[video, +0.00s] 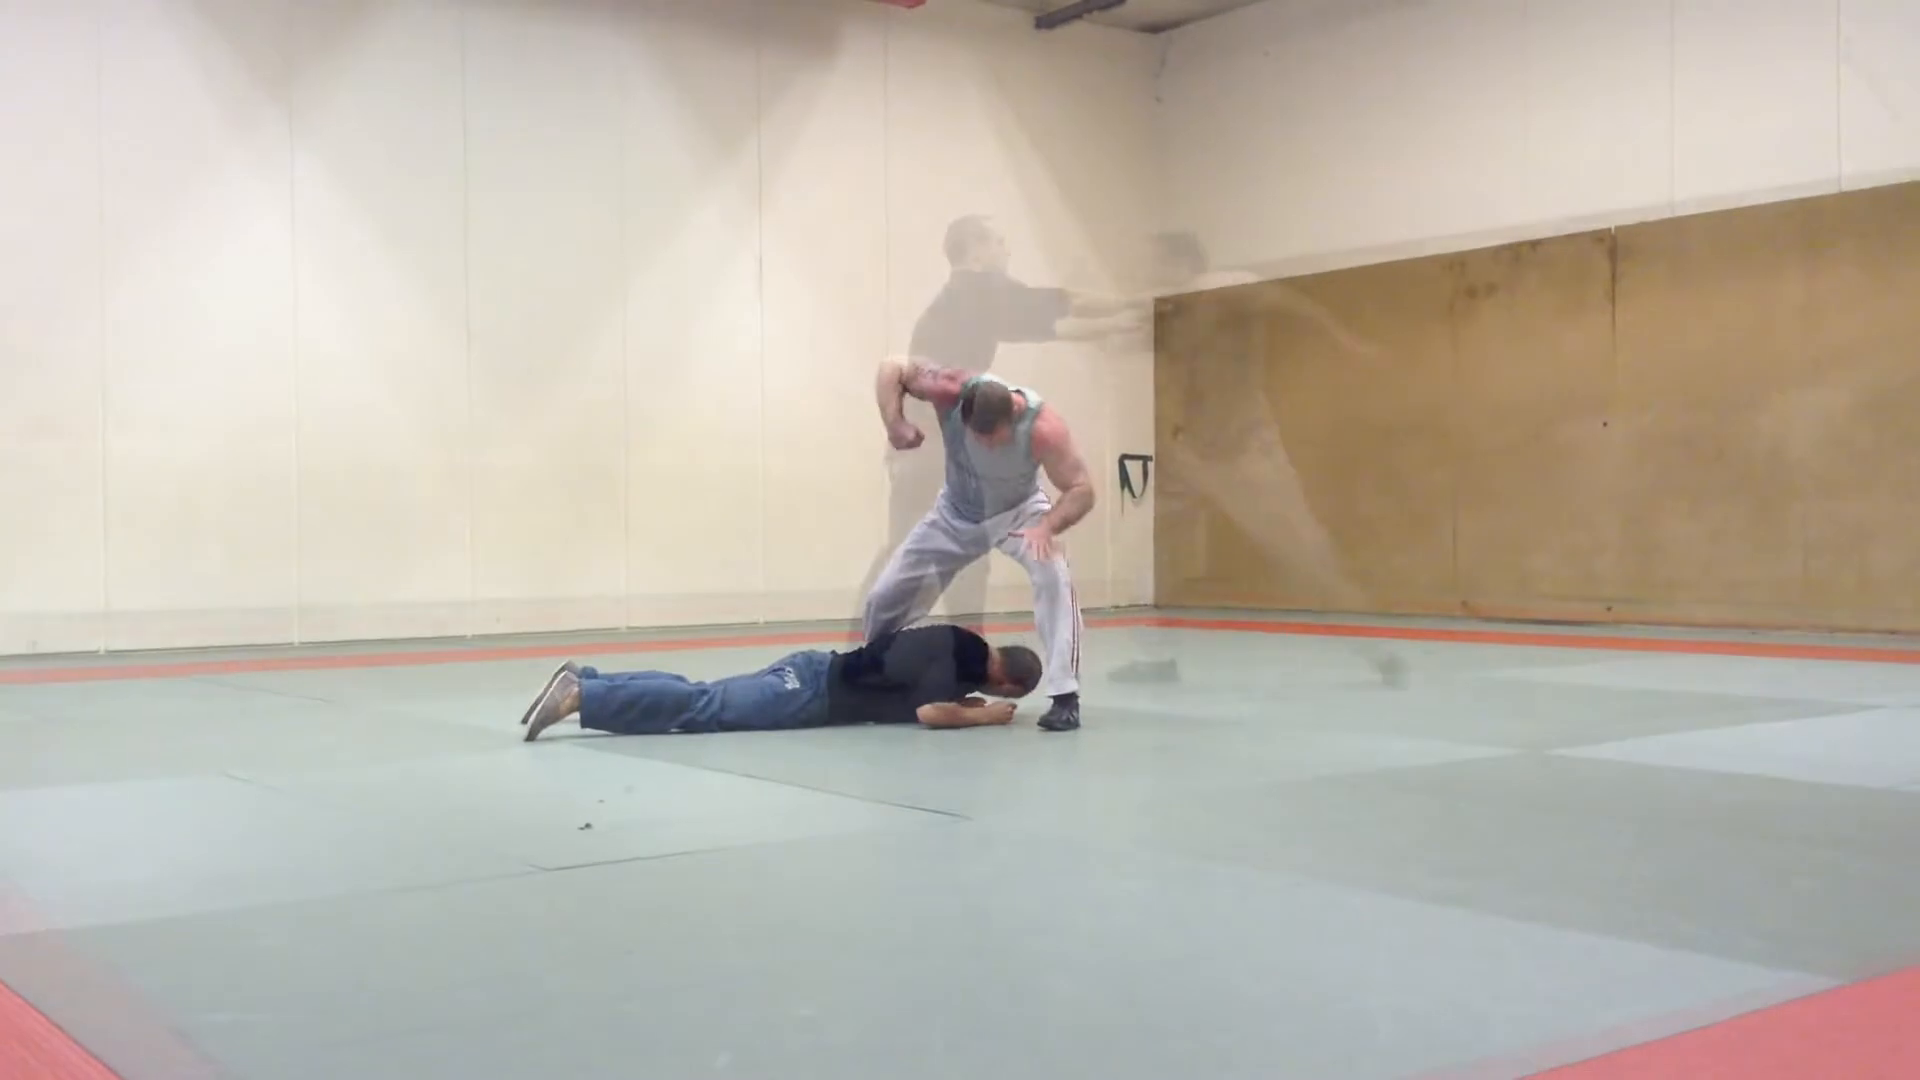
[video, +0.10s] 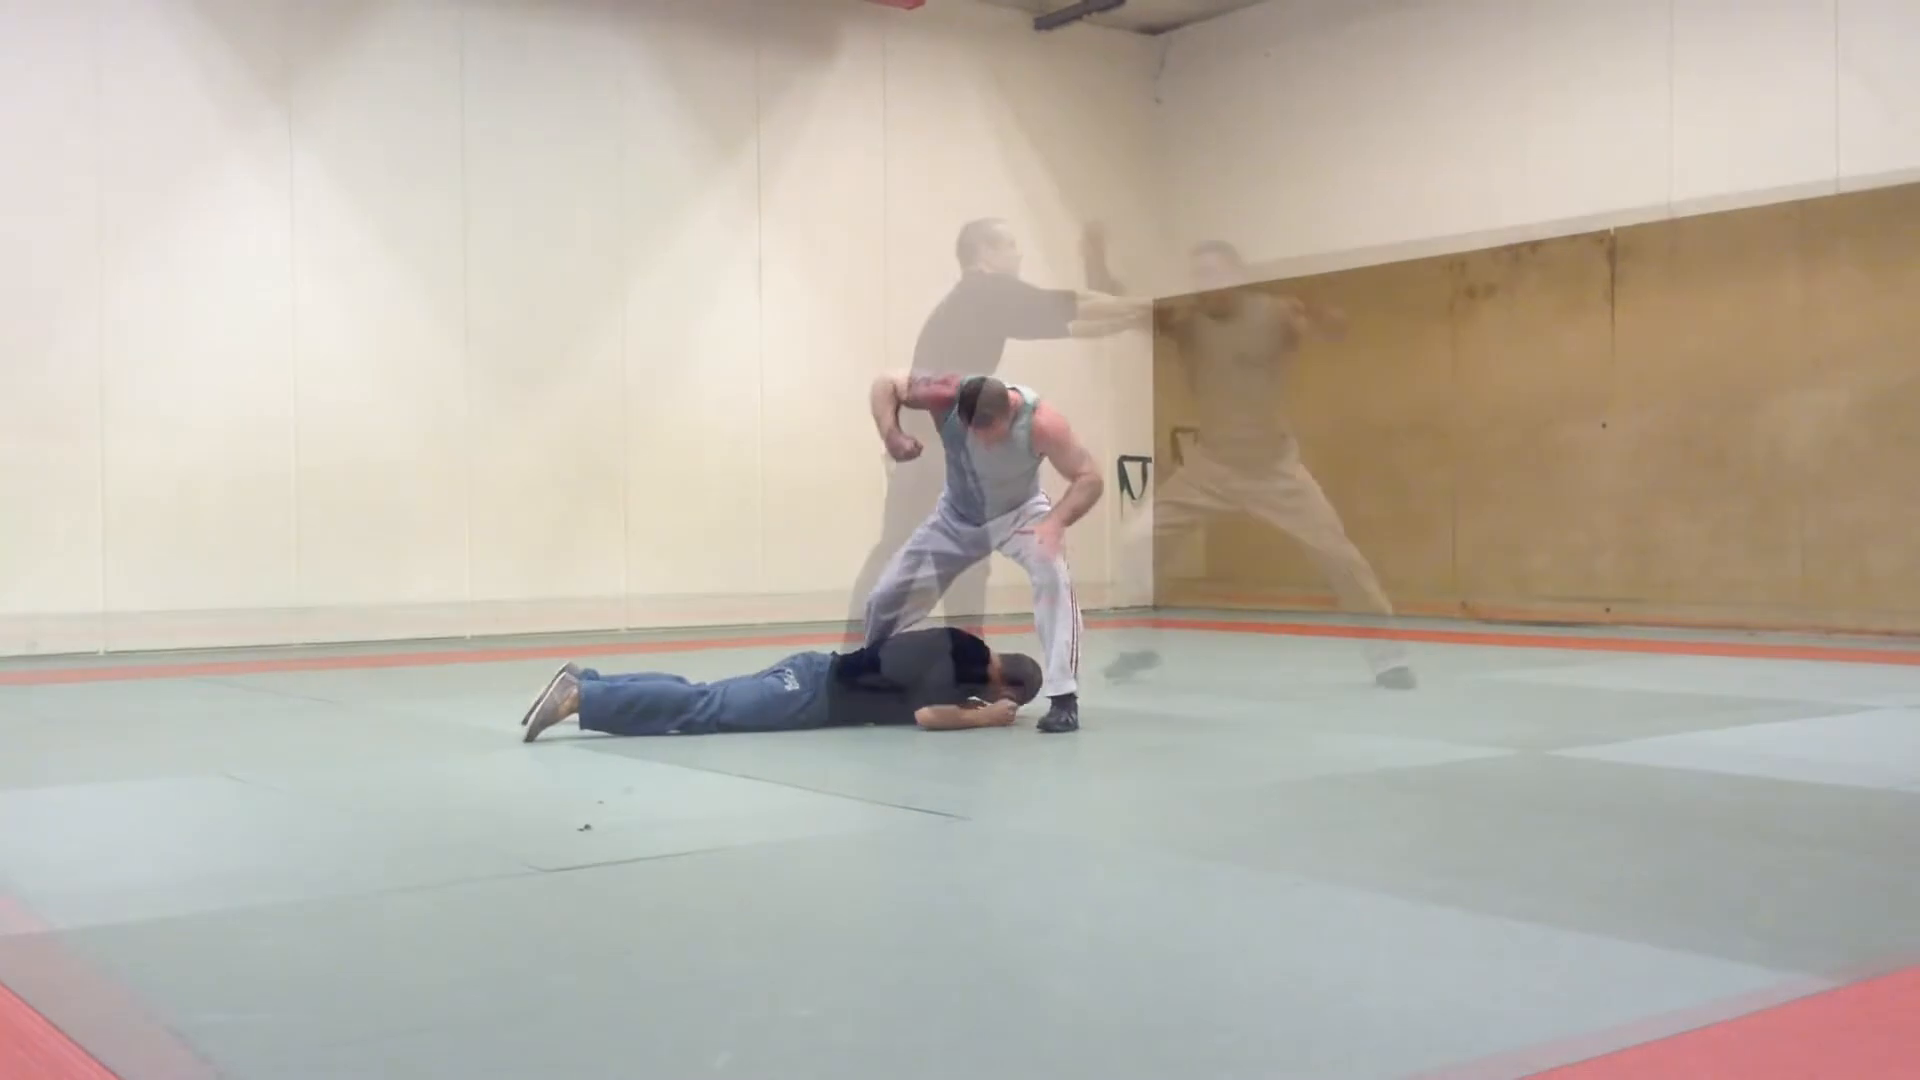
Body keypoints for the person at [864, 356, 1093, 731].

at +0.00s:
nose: (988, 443)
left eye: (995, 436)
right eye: (980, 436)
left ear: (1014, 411)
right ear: (965, 413)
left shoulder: (1043, 426)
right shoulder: (953, 389)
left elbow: (1082, 491)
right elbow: (891, 370)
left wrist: (1047, 526)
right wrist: (894, 423)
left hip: (1019, 515)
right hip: (955, 515)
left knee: (1053, 576)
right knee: (884, 600)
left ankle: (1064, 697)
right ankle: (874, 688)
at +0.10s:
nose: (984, 441)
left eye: (991, 434)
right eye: (977, 434)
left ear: (1009, 413)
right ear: (963, 414)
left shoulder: (1042, 423)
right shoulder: (947, 395)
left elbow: (1090, 479)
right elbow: (885, 386)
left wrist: (1056, 523)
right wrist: (891, 434)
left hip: (1021, 517)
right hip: (956, 519)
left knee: (1052, 576)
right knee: (884, 600)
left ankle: (1063, 699)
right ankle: (870, 686)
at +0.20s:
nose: (987, 436)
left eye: (993, 429)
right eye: (979, 429)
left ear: (1009, 406)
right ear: (965, 411)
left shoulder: (1042, 418)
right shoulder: (947, 397)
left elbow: (1096, 470)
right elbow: (884, 397)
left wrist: (1066, 513)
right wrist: (891, 450)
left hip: (1024, 518)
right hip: (960, 522)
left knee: (1054, 574)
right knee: (883, 601)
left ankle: (1061, 699)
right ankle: (870, 680)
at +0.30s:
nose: (989, 424)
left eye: (995, 417)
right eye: (981, 417)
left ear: (1015, 393)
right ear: (970, 398)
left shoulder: (1052, 411)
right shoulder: (957, 394)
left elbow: (1103, 469)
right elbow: (899, 408)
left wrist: (1061, 503)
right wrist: (890, 463)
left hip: (1029, 519)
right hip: (966, 523)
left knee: (1058, 576)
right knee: (891, 599)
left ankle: (1059, 697)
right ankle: (867, 680)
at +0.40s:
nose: (986, 395)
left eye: (991, 387)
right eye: (982, 385)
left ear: (1014, 376)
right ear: (979, 377)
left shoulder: (1064, 399)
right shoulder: (981, 381)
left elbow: (1106, 464)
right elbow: (941, 392)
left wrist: (1046, 493)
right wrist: (917, 445)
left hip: (1050, 505)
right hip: (991, 501)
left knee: (1059, 581)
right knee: (929, 588)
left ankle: (1058, 698)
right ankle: (874, 677)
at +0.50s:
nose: (1009, 373)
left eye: (1012, 364)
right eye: (1002, 366)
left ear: (1033, 346)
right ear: (999, 355)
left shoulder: (1076, 378)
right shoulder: (1005, 369)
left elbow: (1099, 451)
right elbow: (960, 406)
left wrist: (1040, 498)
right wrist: (977, 450)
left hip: (1066, 499)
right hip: (1008, 493)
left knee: (1056, 577)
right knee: (943, 580)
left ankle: (1054, 697)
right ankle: (922, 680)